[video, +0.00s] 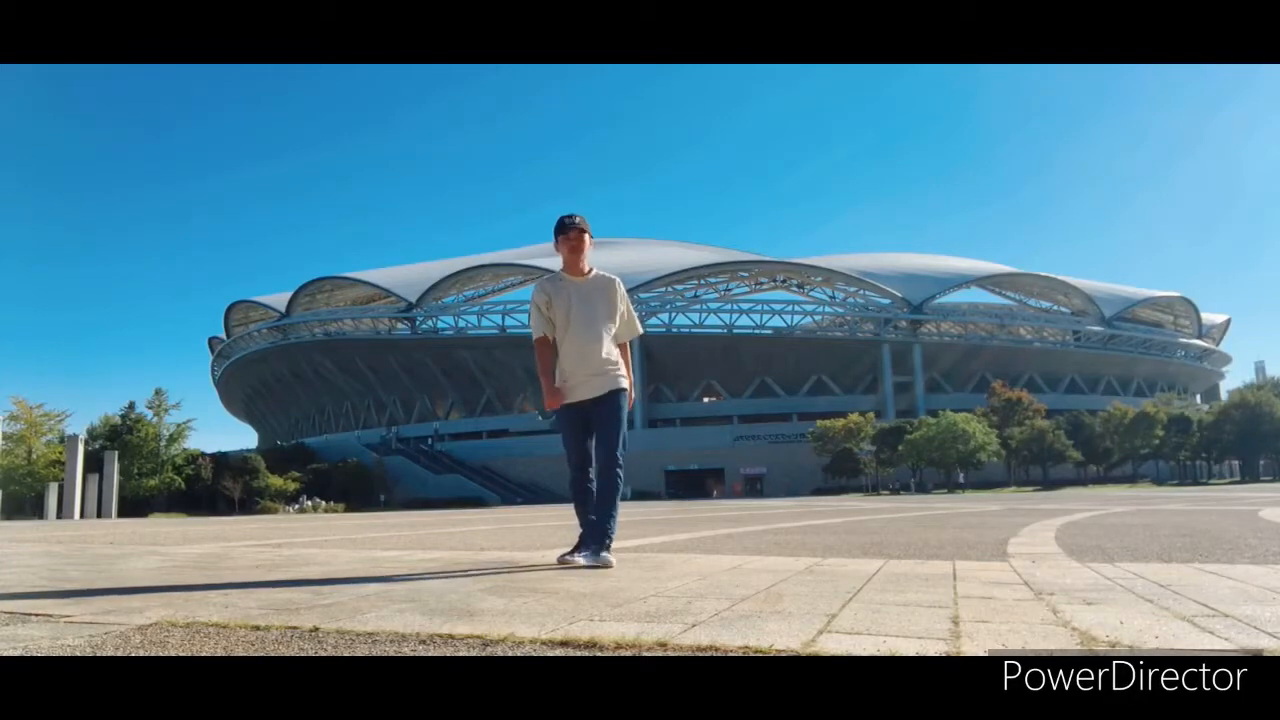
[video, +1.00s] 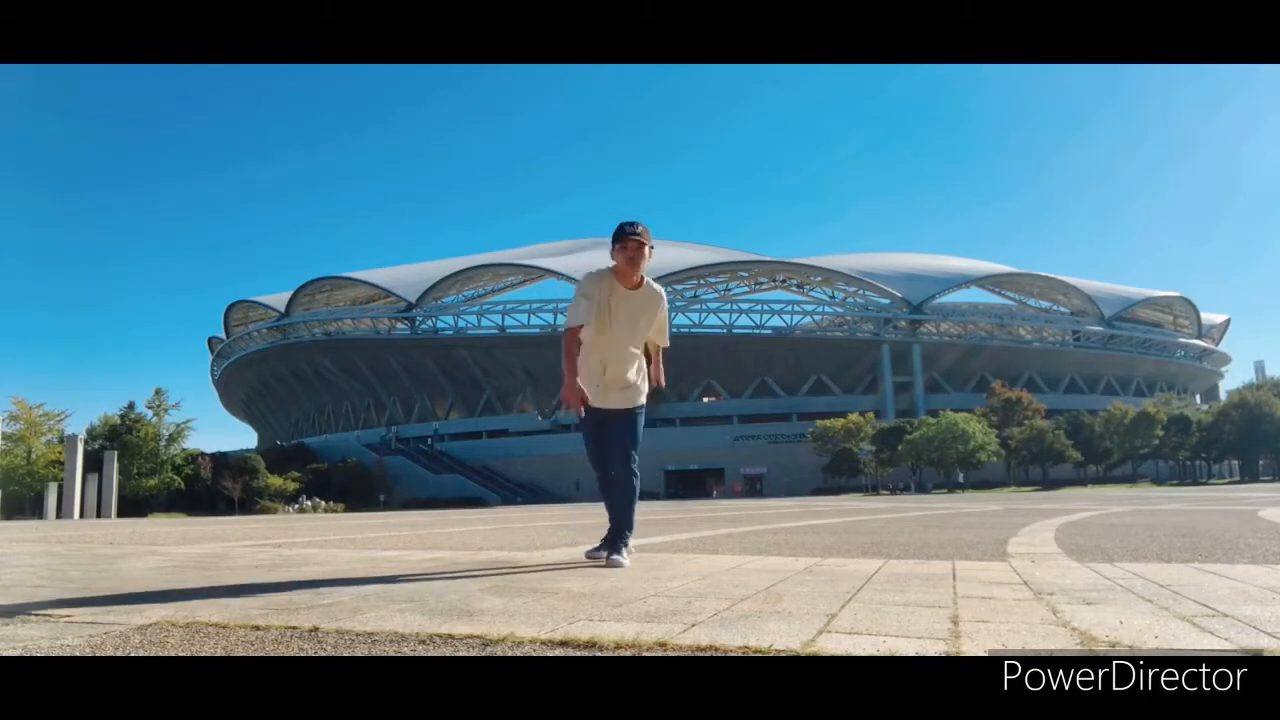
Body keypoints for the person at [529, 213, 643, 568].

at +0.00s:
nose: (576, 242)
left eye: (581, 236)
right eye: (569, 238)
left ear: (590, 242)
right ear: (557, 244)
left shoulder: (611, 285)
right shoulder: (545, 289)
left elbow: (622, 340)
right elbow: (542, 342)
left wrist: (628, 382)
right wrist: (548, 386)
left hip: (611, 384)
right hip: (569, 390)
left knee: (608, 464)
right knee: (579, 468)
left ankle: (601, 546)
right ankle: (588, 539)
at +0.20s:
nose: (580, 242)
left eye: (585, 236)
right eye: (572, 237)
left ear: (596, 241)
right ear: (562, 246)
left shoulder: (618, 284)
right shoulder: (551, 291)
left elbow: (629, 340)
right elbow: (547, 345)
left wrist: (633, 385)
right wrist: (545, 393)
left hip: (617, 385)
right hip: (575, 391)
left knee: (628, 460)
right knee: (584, 470)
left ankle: (635, 541)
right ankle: (590, 542)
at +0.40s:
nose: (594, 237)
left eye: (599, 232)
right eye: (586, 233)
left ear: (610, 238)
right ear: (576, 242)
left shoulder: (630, 282)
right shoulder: (564, 287)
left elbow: (641, 339)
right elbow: (553, 341)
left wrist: (653, 384)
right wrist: (547, 389)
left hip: (628, 390)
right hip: (584, 394)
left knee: (637, 468)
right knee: (586, 472)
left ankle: (644, 544)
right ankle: (590, 543)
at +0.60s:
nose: (608, 233)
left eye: (613, 228)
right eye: (600, 229)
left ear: (624, 236)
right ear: (590, 238)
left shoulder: (644, 278)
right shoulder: (574, 282)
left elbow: (655, 330)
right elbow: (567, 337)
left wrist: (658, 367)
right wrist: (561, 385)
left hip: (636, 391)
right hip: (592, 392)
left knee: (643, 469)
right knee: (589, 470)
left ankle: (645, 543)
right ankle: (597, 540)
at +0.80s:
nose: (608, 245)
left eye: (614, 239)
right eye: (601, 240)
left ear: (625, 245)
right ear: (590, 246)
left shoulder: (642, 286)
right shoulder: (574, 285)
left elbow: (653, 340)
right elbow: (564, 331)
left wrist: (659, 381)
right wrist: (589, 341)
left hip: (639, 393)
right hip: (596, 397)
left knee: (647, 468)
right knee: (604, 472)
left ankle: (644, 543)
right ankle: (617, 537)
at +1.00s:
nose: (633, 253)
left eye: (640, 247)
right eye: (627, 246)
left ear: (650, 253)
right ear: (614, 251)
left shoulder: (656, 296)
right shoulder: (593, 283)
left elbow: (655, 343)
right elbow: (572, 333)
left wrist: (657, 373)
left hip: (631, 392)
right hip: (591, 389)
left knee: (624, 466)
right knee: (602, 466)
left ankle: (620, 543)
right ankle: (616, 533)